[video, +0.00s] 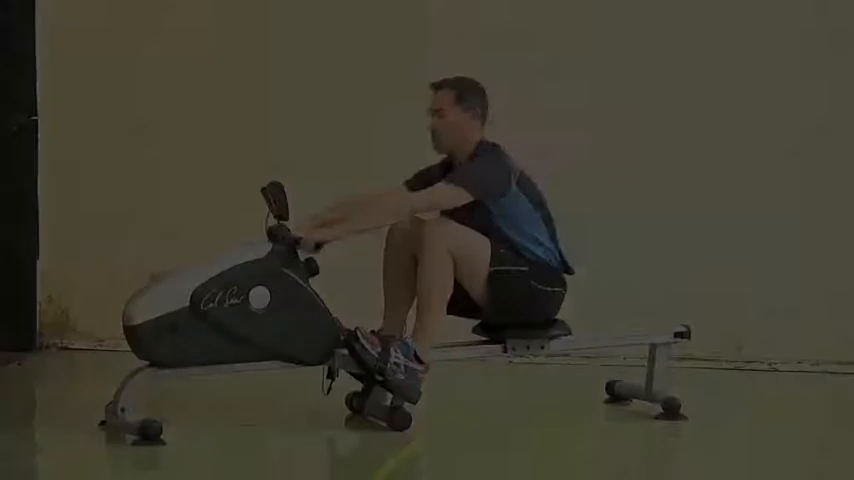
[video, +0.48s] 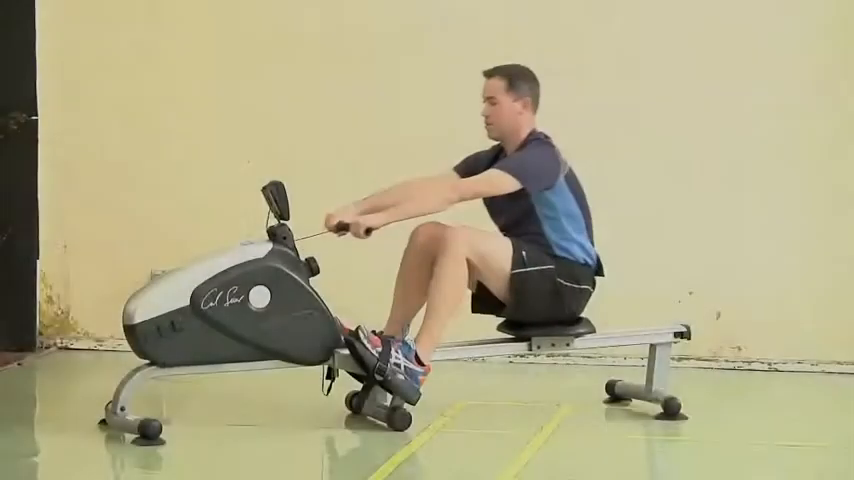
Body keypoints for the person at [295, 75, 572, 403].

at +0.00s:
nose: (430, 123)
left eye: (438, 114)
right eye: (430, 115)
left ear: (471, 117)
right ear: (464, 118)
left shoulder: (491, 165)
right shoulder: (443, 172)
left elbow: (416, 206)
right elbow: (389, 206)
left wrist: (329, 234)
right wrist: (319, 223)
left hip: (535, 290)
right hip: (494, 289)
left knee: (438, 232)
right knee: (402, 230)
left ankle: (417, 356)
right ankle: (389, 342)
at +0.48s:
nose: (483, 111)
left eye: (492, 102)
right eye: (484, 102)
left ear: (523, 106)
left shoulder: (539, 157)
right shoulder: (490, 161)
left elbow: (456, 192)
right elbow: (434, 187)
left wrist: (379, 219)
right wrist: (359, 208)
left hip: (565, 281)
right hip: (526, 277)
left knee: (456, 240)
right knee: (425, 236)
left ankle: (417, 361)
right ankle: (388, 342)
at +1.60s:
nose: (631, 103)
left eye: (640, 94)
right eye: (631, 94)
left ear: (673, 98)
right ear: (655, 100)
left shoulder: (691, 155)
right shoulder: (640, 155)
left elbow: (716, 233)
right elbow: (643, 220)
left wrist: (649, 229)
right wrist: (605, 223)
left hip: (648, 275)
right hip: (610, 262)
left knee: (534, 321)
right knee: (503, 306)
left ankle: (420, 365)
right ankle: (396, 346)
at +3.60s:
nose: (496, 108)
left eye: (505, 99)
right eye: (497, 99)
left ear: (537, 102)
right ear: (528, 103)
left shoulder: (552, 154)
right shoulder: (504, 154)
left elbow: (471, 187)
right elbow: (438, 183)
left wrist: (400, 215)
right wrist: (370, 207)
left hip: (561, 282)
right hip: (524, 279)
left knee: (456, 237)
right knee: (422, 232)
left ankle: (416, 357)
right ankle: (388, 341)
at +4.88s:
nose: (573, 107)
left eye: (581, 97)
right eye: (573, 98)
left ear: (613, 98)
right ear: (606, 100)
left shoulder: (634, 150)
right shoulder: (585, 157)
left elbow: (608, 218)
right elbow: (548, 203)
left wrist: (535, 208)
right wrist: (508, 205)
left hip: (624, 281)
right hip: (589, 272)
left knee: (506, 273)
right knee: (474, 264)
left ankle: (423, 362)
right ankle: (402, 345)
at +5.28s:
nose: (478, 117)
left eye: (487, 107)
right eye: (478, 108)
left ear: (519, 110)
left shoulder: (543, 159)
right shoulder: (491, 164)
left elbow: (475, 207)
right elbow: (435, 198)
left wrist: (403, 226)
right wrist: (375, 218)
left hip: (565, 289)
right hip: (523, 292)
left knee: (468, 238)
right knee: (426, 236)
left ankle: (419, 360)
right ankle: (390, 342)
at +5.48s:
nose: (439, 121)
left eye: (448, 112)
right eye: (439, 112)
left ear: (480, 114)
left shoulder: (504, 164)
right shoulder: (452, 167)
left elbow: (431, 208)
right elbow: (394, 198)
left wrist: (354, 231)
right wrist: (333, 223)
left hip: (534, 292)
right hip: (491, 293)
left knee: (440, 231)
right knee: (401, 229)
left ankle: (416, 356)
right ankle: (387, 339)